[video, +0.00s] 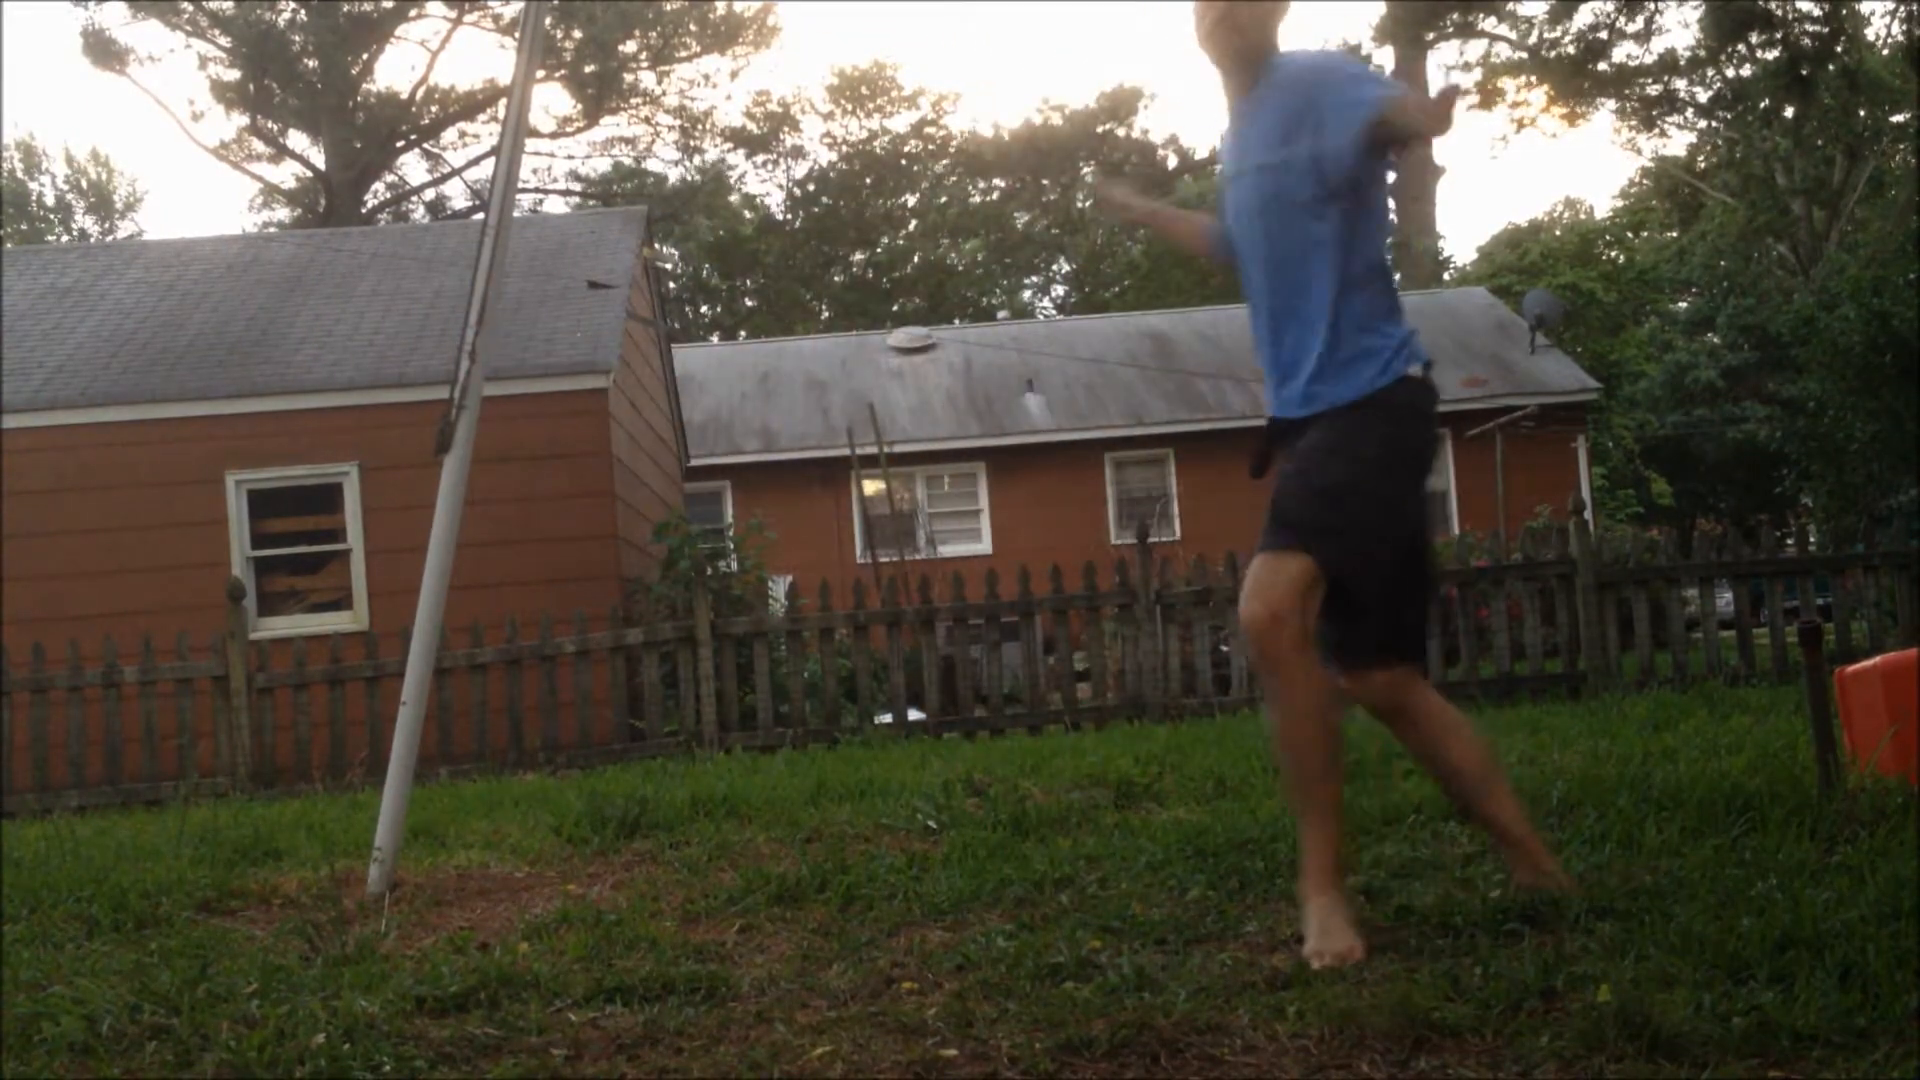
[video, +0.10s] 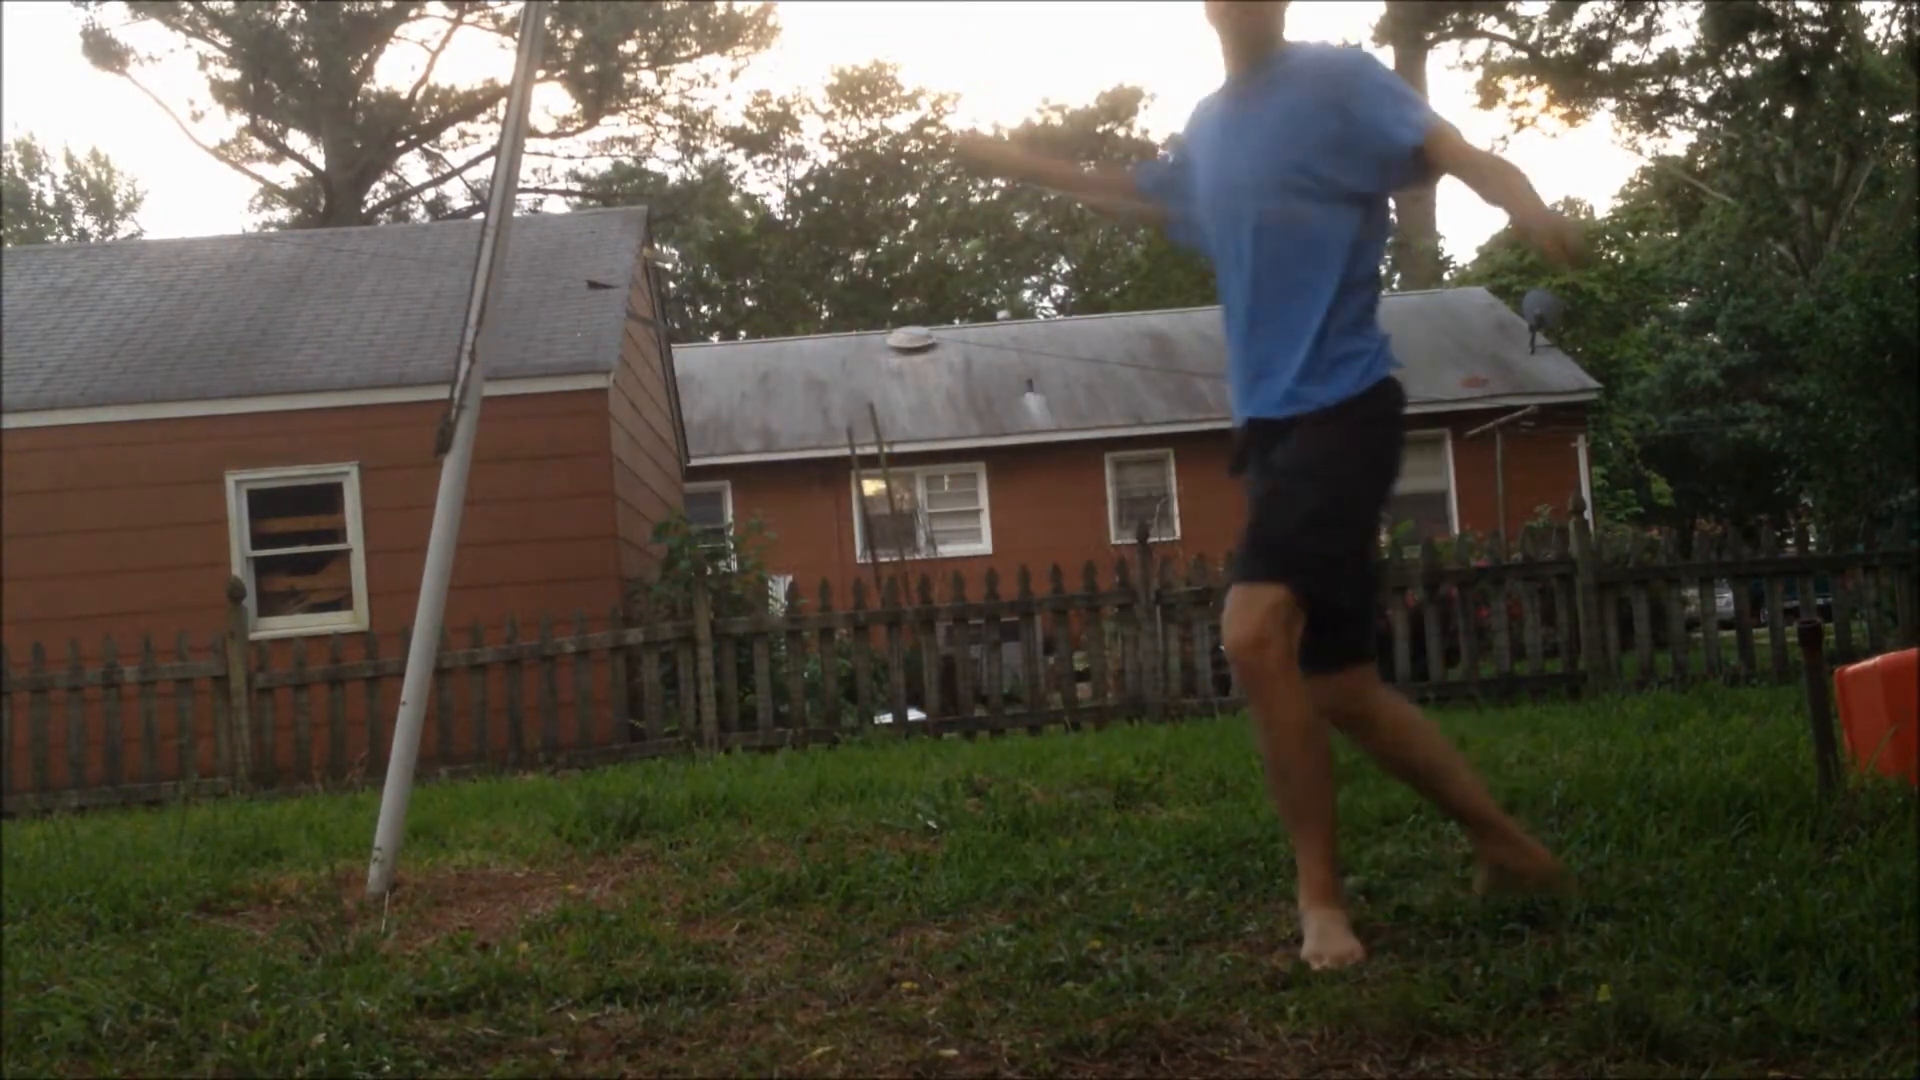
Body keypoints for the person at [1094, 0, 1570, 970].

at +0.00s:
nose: (1204, 20)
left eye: (1216, 4)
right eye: (1201, 8)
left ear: (1262, 10)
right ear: (1214, 28)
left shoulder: (1316, 78)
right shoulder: (1243, 130)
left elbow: (1398, 117)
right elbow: (1240, 247)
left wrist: (1419, 117)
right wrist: (1136, 206)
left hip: (1370, 399)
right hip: (1312, 413)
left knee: (1272, 609)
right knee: (1381, 673)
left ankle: (1323, 896)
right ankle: (1544, 875)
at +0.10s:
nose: (1232, 3)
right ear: (1206, 8)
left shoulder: (1338, 75)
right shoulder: (1205, 128)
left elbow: (1457, 156)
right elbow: (1140, 188)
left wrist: (1534, 214)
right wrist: (1020, 160)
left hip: (1344, 404)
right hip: (1268, 419)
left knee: (1254, 632)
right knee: (1345, 688)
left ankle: (1322, 904)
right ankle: (1514, 852)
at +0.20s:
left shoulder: (1350, 80)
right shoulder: (1171, 92)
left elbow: (1465, 202)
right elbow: (1062, 112)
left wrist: (1568, 312)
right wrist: (998, 94)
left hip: (1315, 400)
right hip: (1217, 413)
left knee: (1262, 652)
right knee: (1251, 675)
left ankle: (1322, 907)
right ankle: (1436, 829)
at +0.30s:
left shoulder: (1347, 87)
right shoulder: (1132, 58)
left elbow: (1443, 237)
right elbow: (985, 16)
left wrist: (1536, 369)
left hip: (1287, 402)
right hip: (1175, 397)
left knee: (1277, 649)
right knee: (1176, 679)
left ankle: (1325, 908)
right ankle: (1335, 837)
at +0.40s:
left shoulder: (1323, 96)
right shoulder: (1124, 54)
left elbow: (1405, 245)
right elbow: (961, 29)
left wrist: (1472, 377)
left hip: (1264, 410)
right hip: (1145, 402)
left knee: (1303, 648)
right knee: (1100, 680)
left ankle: (1314, 903)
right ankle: (1200, 856)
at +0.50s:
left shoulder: (1290, 112)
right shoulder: (1090, 67)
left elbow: (1364, 263)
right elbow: (943, 73)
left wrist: (1437, 386)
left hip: (1235, 416)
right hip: (1108, 408)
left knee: (1317, 651)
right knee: (1039, 692)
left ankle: (1304, 902)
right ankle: (1035, 859)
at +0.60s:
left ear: (1194, 6)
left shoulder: (1229, 126)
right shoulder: (1054, 78)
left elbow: (1309, 264)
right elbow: (921, 83)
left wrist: (1392, 371)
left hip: (1202, 433)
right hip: (1074, 432)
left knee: (1318, 652)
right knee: (984, 696)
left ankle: (1292, 909)